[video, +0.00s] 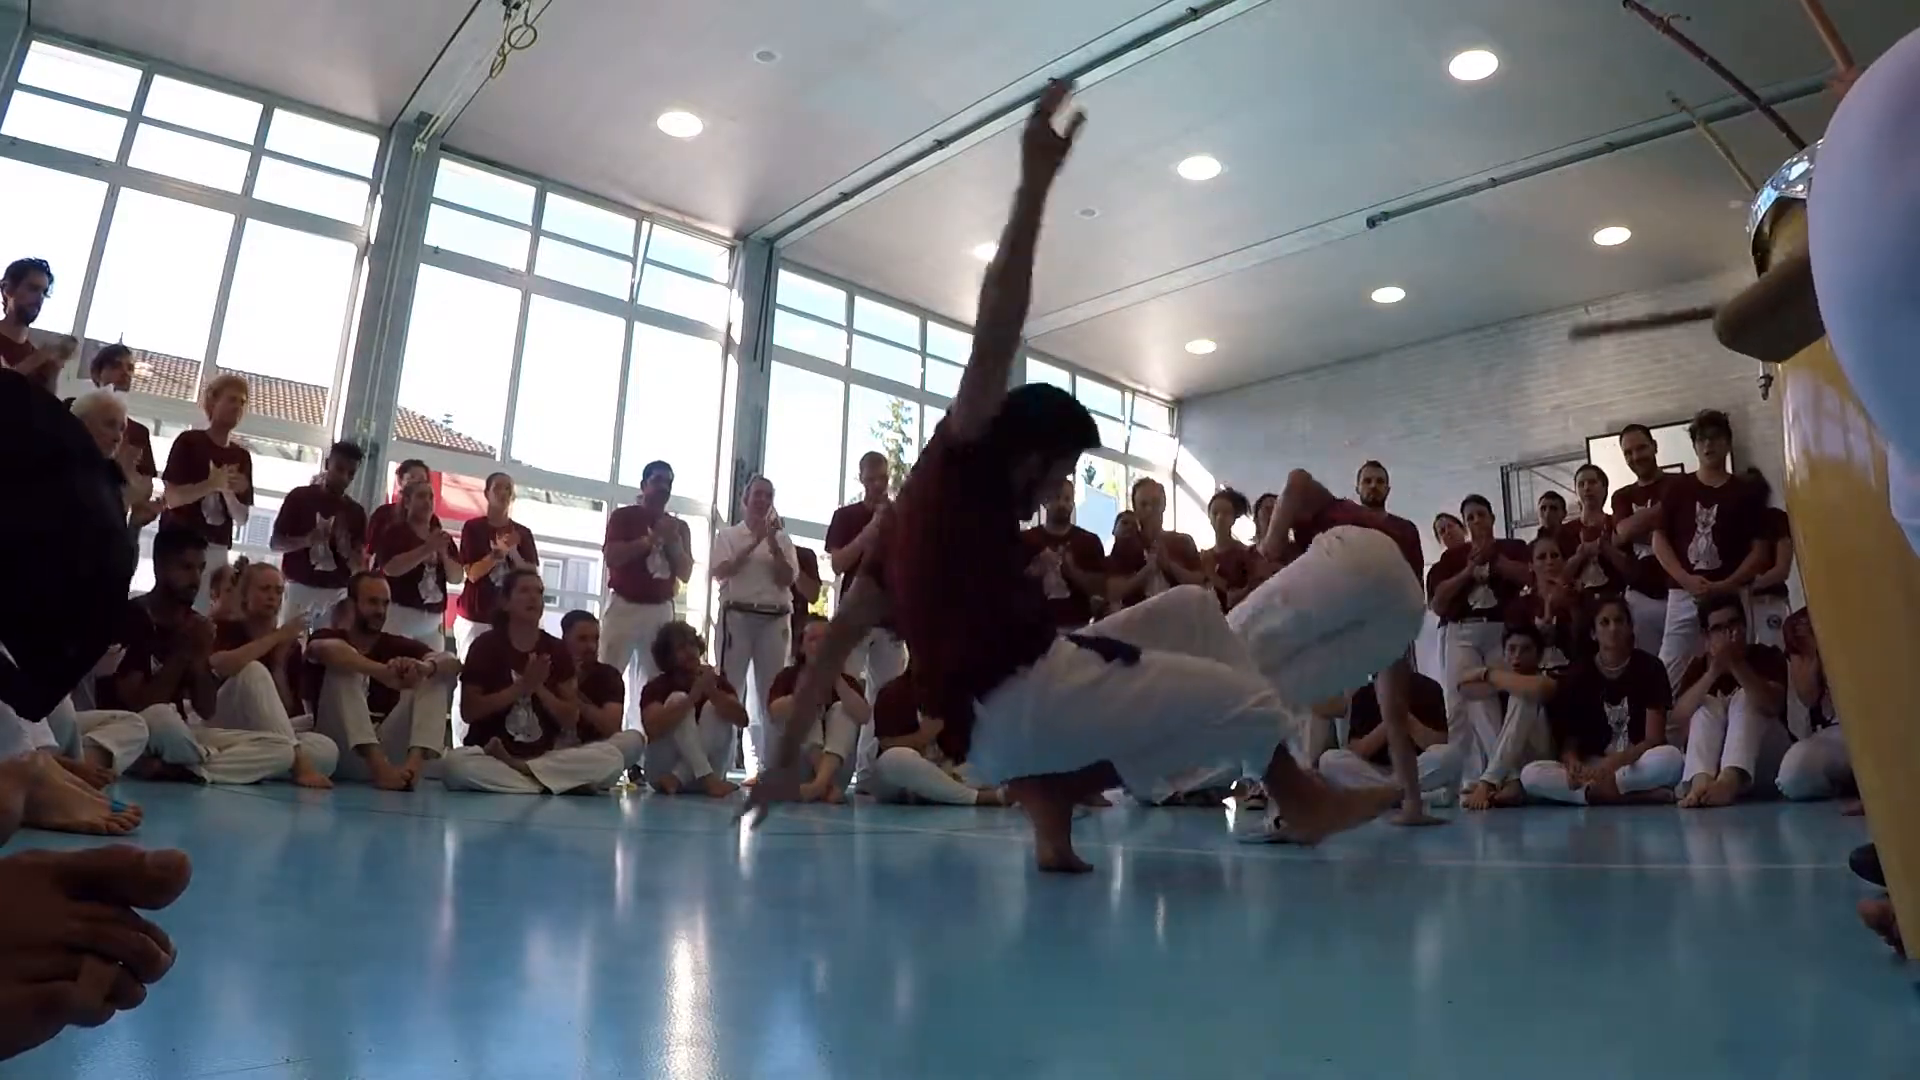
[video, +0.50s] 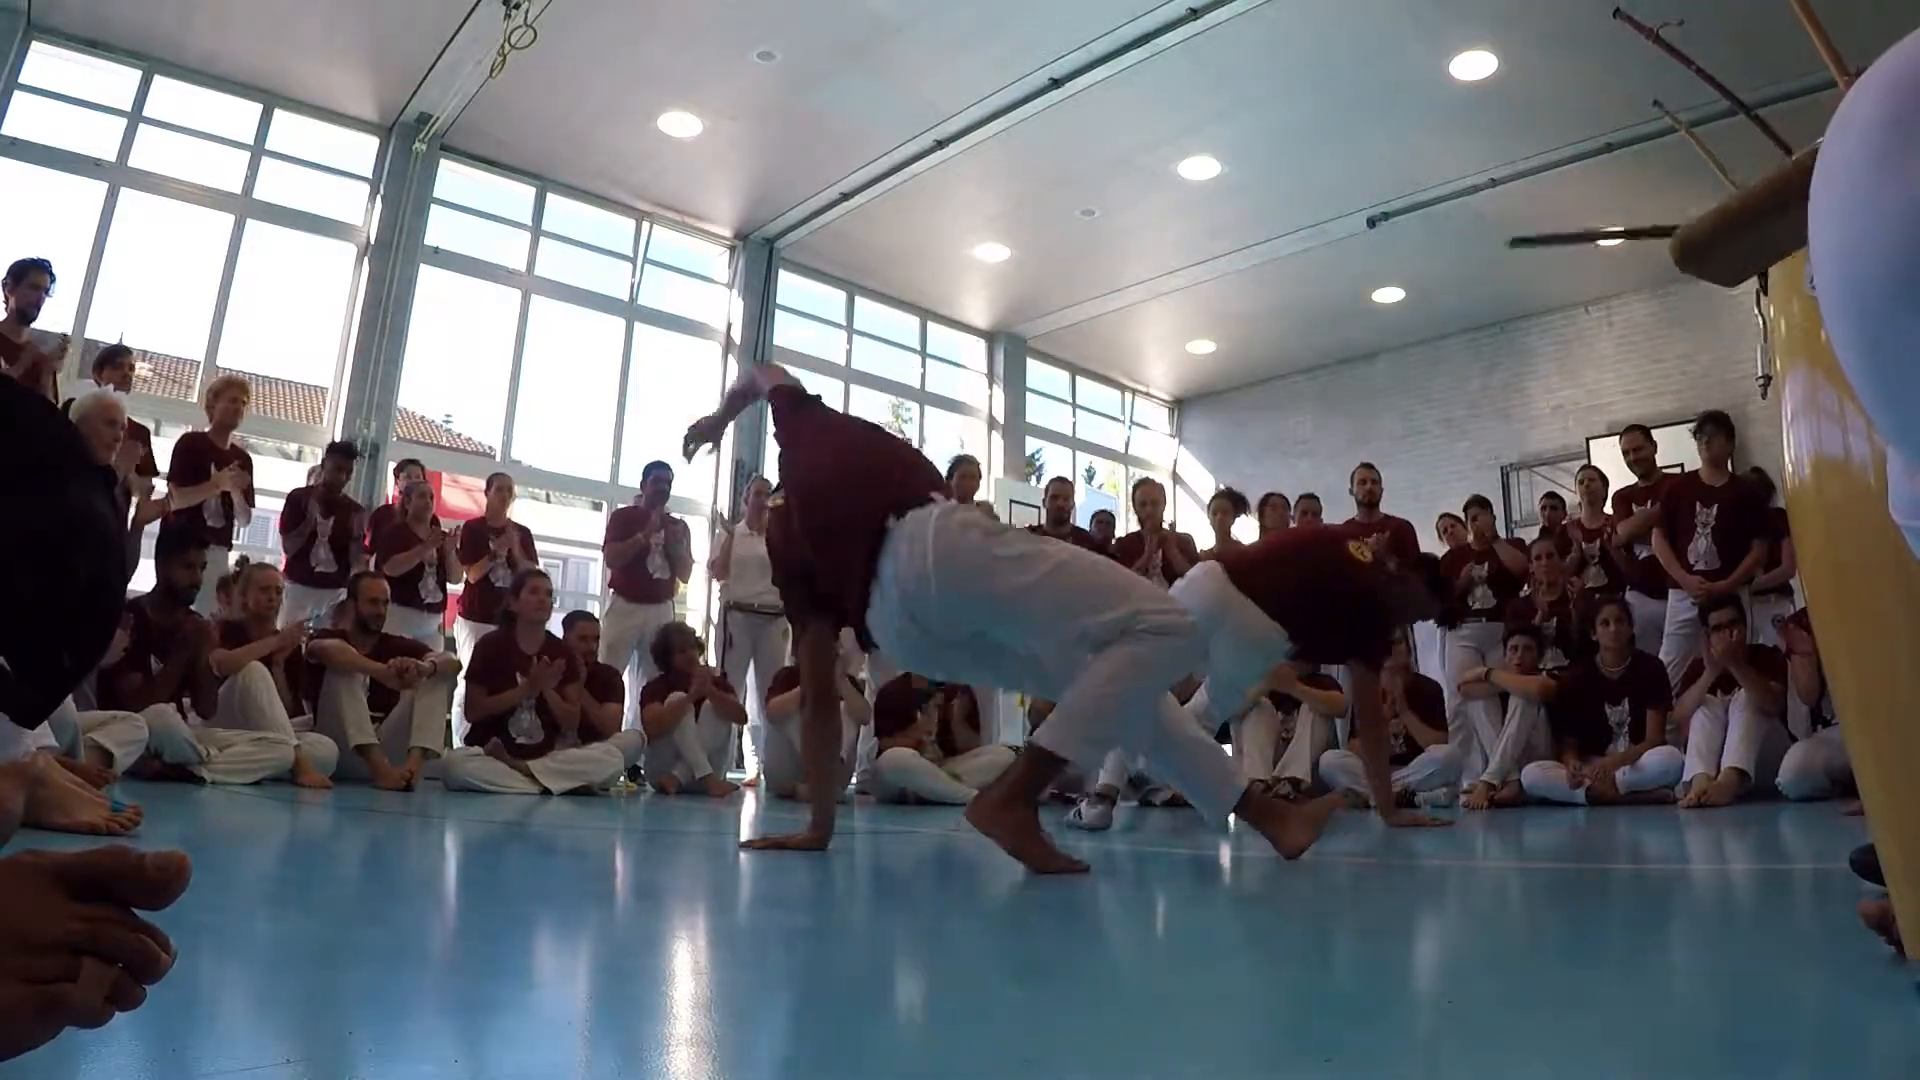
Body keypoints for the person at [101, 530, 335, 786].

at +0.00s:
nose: (196, 578)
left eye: (200, 568)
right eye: (186, 568)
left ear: (205, 569)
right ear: (159, 567)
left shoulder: (198, 625)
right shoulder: (130, 615)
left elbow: (206, 709)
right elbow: (136, 703)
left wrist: (201, 653)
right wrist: (180, 653)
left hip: (186, 731)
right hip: (137, 732)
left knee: (284, 750)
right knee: (161, 717)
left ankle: (184, 772)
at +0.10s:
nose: (196, 578)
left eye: (200, 569)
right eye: (185, 567)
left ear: (205, 571)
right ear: (159, 568)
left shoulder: (198, 625)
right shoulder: (130, 616)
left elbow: (206, 709)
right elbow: (138, 703)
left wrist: (202, 651)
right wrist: (183, 650)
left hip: (181, 731)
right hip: (129, 732)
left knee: (283, 752)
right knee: (162, 717)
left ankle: (181, 771)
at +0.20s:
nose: (197, 578)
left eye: (201, 568)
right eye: (187, 568)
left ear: (206, 569)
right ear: (160, 567)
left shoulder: (196, 624)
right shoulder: (129, 615)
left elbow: (204, 709)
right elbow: (133, 704)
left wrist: (205, 651)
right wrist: (183, 650)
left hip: (182, 731)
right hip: (130, 732)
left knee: (283, 753)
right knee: (161, 716)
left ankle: (179, 771)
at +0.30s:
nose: (196, 578)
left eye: (201, 568)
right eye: (186, 567)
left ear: (206, 568)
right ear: (160, 566)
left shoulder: (197, 624)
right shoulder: (126, 617)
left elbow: (207, 709)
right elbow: (133, 703)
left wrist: (198, 661)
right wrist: (186, 654)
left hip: (181, 731)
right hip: (130, 731)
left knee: (282, 751)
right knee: (161, 716)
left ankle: (180, 771)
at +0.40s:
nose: (197, 578)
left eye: (202, 568)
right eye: (187, 567)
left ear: (206, 570)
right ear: (160, 567)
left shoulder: (199, 625)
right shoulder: (128, 617)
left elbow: (207, 710)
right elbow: (134, 703)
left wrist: (198, 662)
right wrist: (187, 654)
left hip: (186, 731)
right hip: (132, 731)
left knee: (284, 753)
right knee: (160, 716)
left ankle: (180, 772)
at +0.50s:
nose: (197, 578)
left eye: (201, 568)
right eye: (187, 567)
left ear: (205, 568)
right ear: (161, 567)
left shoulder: (197, 624)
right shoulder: (129, 616)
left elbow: (206, 709)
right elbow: (134, 703)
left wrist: (201, 652)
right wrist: (184, 651)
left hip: (181, 731)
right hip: (129, 731)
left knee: (283, 752)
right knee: (162, 716)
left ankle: (182, 771)